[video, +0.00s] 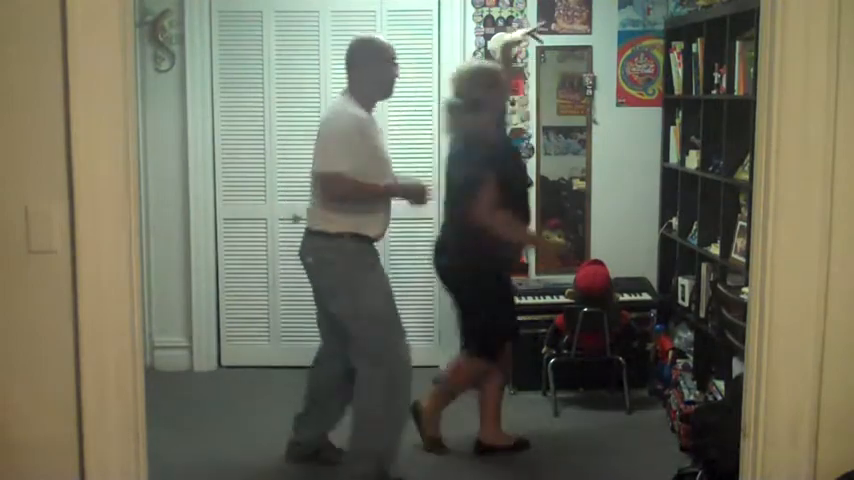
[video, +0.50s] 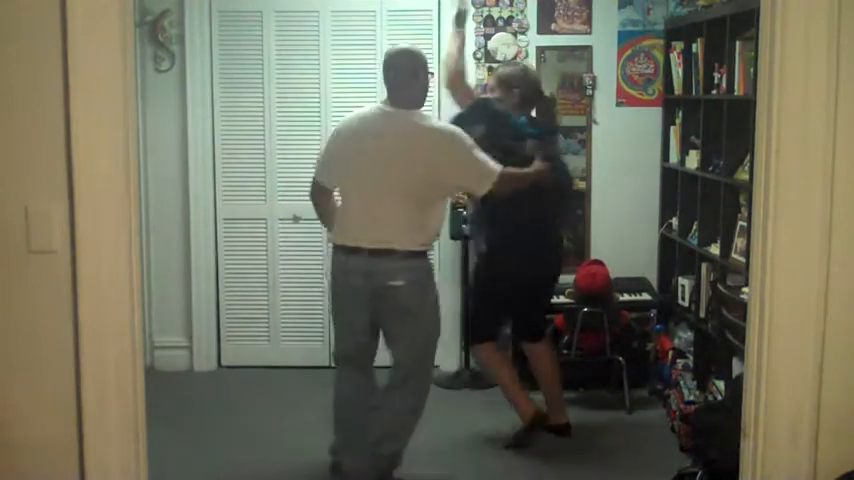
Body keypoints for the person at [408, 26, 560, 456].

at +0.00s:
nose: (507, 100)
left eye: (504, 94)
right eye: (502, 95)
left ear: (468, 97)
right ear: (491, 100)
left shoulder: (474, 135)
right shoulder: (486, 143)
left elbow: (498, 87)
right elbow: (483, 211)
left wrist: (504, 50)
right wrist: (534, 238)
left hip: (473, 251)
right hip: (471, 254)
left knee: (499, 342)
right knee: (486, 348)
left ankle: (490, 433)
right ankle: (430, 407)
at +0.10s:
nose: (515, 103)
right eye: (514, 96)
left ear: (475, 98)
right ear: (512, 100)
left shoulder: (463, 138)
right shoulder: (513, 148)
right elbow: (538, 208)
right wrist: (573, 232)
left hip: (457, 252)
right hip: (493, 256)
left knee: (499, 338)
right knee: (529, 339)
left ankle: (490, 429)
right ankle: (471, 400)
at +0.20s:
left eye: (485, 90)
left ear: (488, 99)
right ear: (527, 99)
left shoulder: (468, 132)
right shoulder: (541, 147)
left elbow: (443, 85)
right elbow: (561, 211)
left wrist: (476, 47)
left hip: (469, 255)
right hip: (520, 254)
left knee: (494, 339)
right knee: (540, 326)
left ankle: (499, 432)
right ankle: (534, 407)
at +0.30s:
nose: (488, 91)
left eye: (492, 87)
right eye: (494, 87)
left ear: (497, 93)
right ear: (535, 95)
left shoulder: (473, 129)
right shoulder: (554, 146)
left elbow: (433, 85)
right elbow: (581, 197)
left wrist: (462, 45)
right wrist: (544, 218)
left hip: (482, 253)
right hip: (534, 252)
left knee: (497, 343)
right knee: (537, 327)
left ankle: (519, 430)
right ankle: (559, 410)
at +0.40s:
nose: (486, 91)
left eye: (492, 87)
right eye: (490, 86)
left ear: (506, 96)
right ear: (529, 100)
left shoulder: (480, 122)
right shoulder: (553, 141)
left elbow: (437, 79)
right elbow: (582, 191)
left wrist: (457, 40)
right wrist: (547, 212)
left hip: (492, 251)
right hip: (541, 250)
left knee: (500, 343)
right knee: (535, 332)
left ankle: (533, 432)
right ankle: (557, 418)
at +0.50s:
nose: (486, 90)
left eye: (493, 86)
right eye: (490, 84)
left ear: (508, 94)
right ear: (530, 98)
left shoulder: (486, 119)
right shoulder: (544, 132)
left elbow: (454, 80)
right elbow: (560, 189)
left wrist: (457, 26)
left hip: (500, 247)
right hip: (546, 245)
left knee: (482, 336)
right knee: (533, 330)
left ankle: (527, 412)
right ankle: (558, 416)